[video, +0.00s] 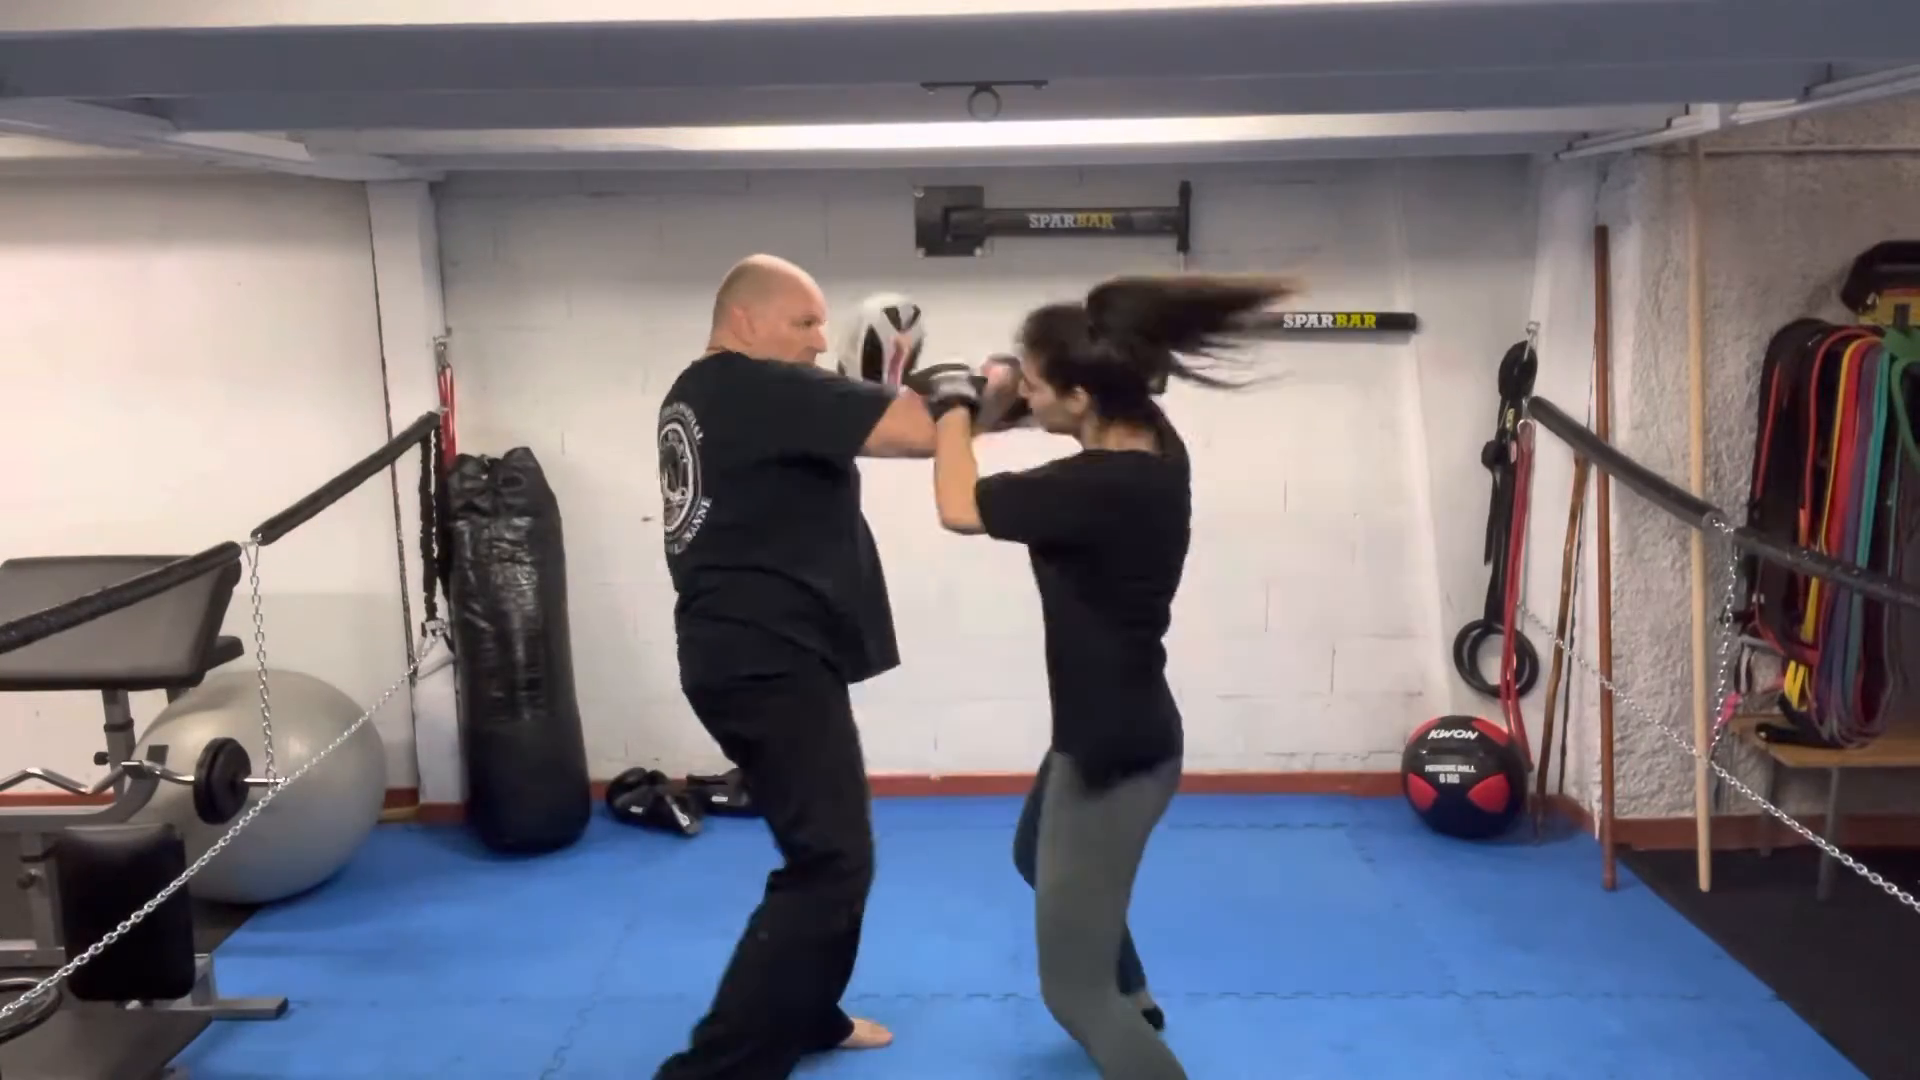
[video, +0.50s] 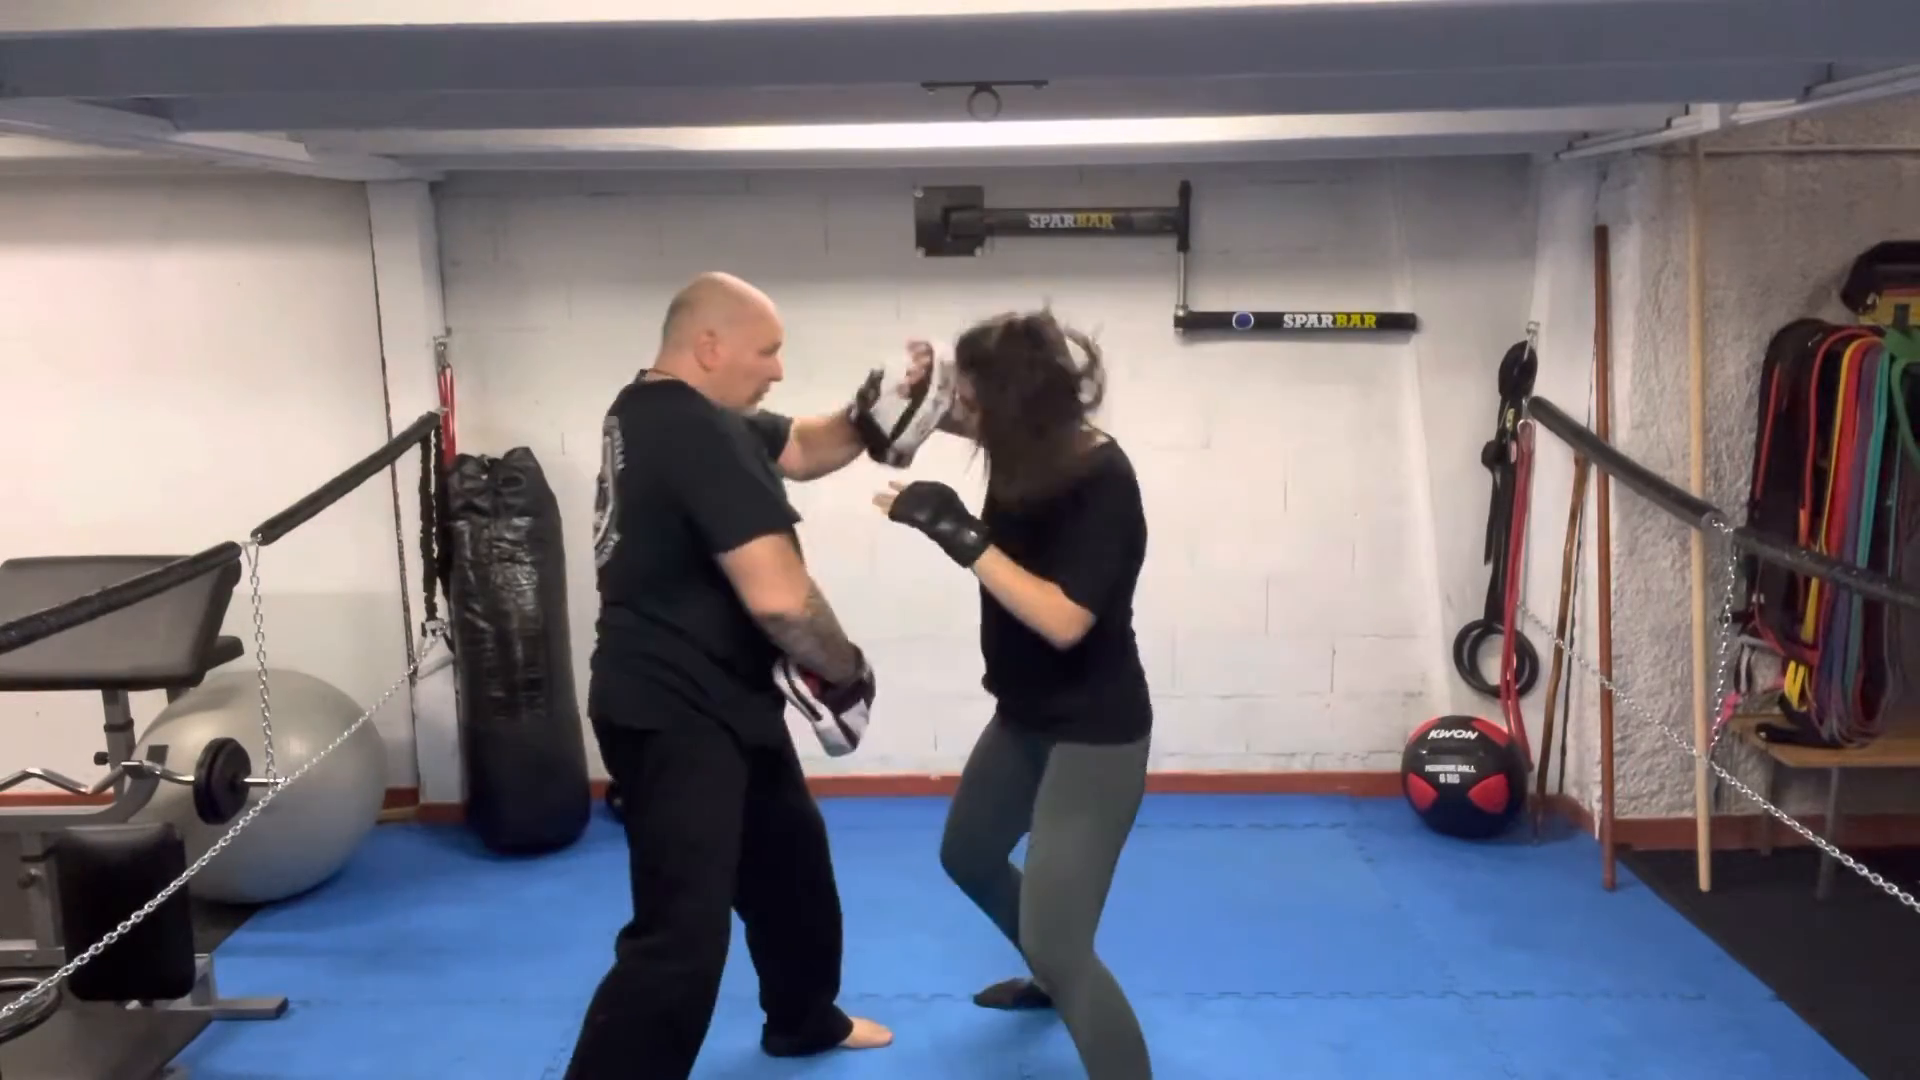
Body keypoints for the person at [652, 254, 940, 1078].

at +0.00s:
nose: (819, 341)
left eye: (819, 326)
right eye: (806, 325)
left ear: (740, 329)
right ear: (744, 322)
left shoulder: (701, 391)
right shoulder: (755, 388)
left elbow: (821, 441)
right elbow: (922, 427)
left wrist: (878, 391)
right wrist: (995, 394)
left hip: (745, 654)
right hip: (771, 658)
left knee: (830, 848)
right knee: (833, 862)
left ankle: (805, 1017)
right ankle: (721, 1063)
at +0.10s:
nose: (824, 350)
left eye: (824, 334)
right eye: (815, 333)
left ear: (737, 334)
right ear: (766, 332)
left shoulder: (679, 402)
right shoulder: (793, 398)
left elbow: (785, 434)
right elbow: (934, 466)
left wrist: (841, 362)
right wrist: (960, 434)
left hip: (705, 669)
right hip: (759, 674)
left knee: (827, 838)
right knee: (754, 883)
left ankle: (805, 1022)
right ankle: (650, 1072)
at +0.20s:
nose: (826, 367)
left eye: (830, 351)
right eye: (820, 347)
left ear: (744, 341)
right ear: (770, 341)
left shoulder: (681, 403)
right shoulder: (799, 426)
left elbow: (809, 425)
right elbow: (911, 550)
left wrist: (862, 328)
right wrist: (927, 522)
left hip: (685, 682)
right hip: (742, 694)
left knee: (817, 845)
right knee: (710, 902)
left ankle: (804, 1023)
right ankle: (603, 1072)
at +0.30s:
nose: (830, 371)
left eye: (832, 358)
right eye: (823, 355)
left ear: (752, 348)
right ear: (773, 348)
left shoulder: (687, 399)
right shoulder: (795, 438)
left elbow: (831, 403)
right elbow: (858, 592)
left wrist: (904, 329)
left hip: (671, 681)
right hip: (721, 695)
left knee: (803, 844)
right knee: (715, 903)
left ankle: (802, 1020)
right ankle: (613, 1074)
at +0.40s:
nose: (812, 372)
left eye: (815, 358)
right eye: (805, 356)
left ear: (734, 349)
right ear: (750, 348)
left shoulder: (672, 404)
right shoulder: (763, 432)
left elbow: (819, 422)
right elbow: (816, 604)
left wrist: (882, 363)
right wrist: (844, 681)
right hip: (704, 703)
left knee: (796, 848)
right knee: (706, 918)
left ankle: (802, 1021)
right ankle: (610, 1078)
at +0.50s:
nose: (777, 369)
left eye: (777, 352)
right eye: (765, 351)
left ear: (699, 349)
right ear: (706, 347)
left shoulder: (681, 411)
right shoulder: (693, 427)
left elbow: (806, 445)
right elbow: (780, 601)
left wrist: (891, 402)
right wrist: (846, 677)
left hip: (725, 702)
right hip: (673, 711)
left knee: (790, 864)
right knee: (681, 938)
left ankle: (802, 1020)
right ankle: (608, 1076)